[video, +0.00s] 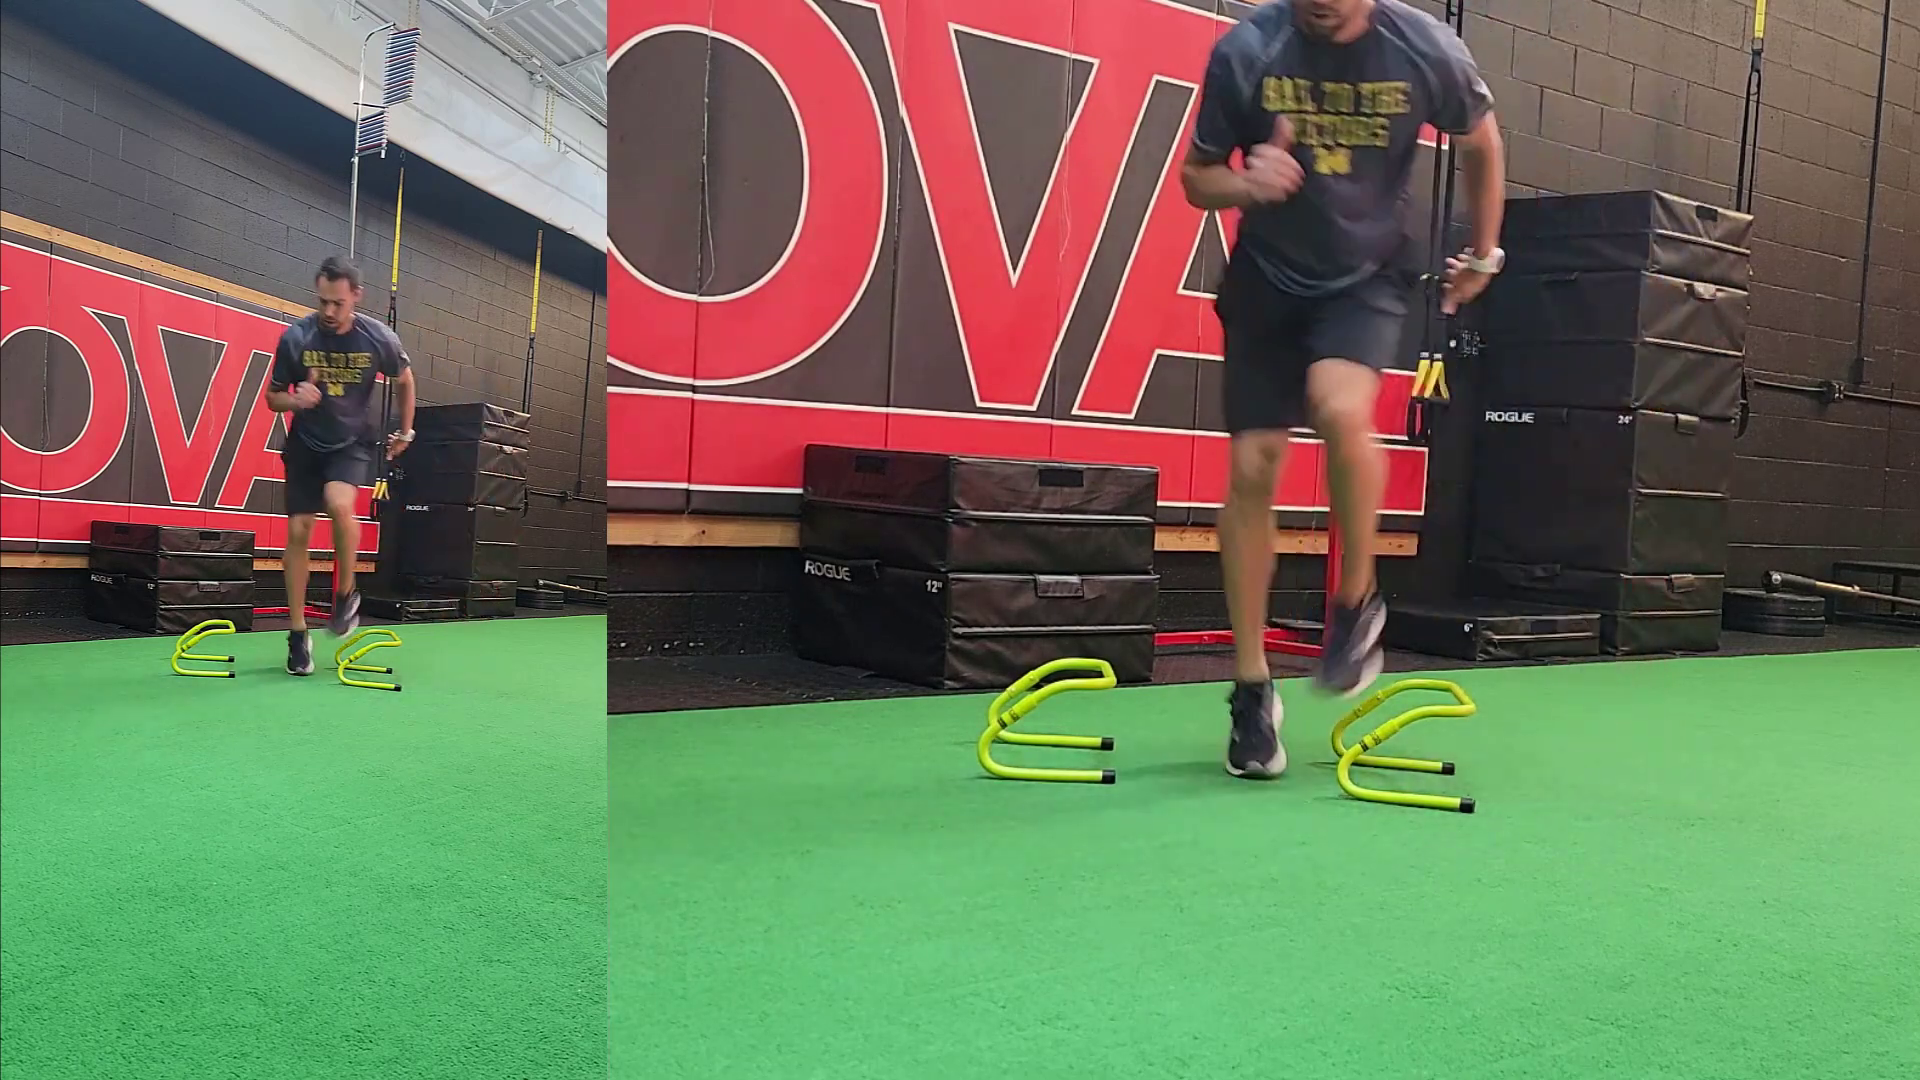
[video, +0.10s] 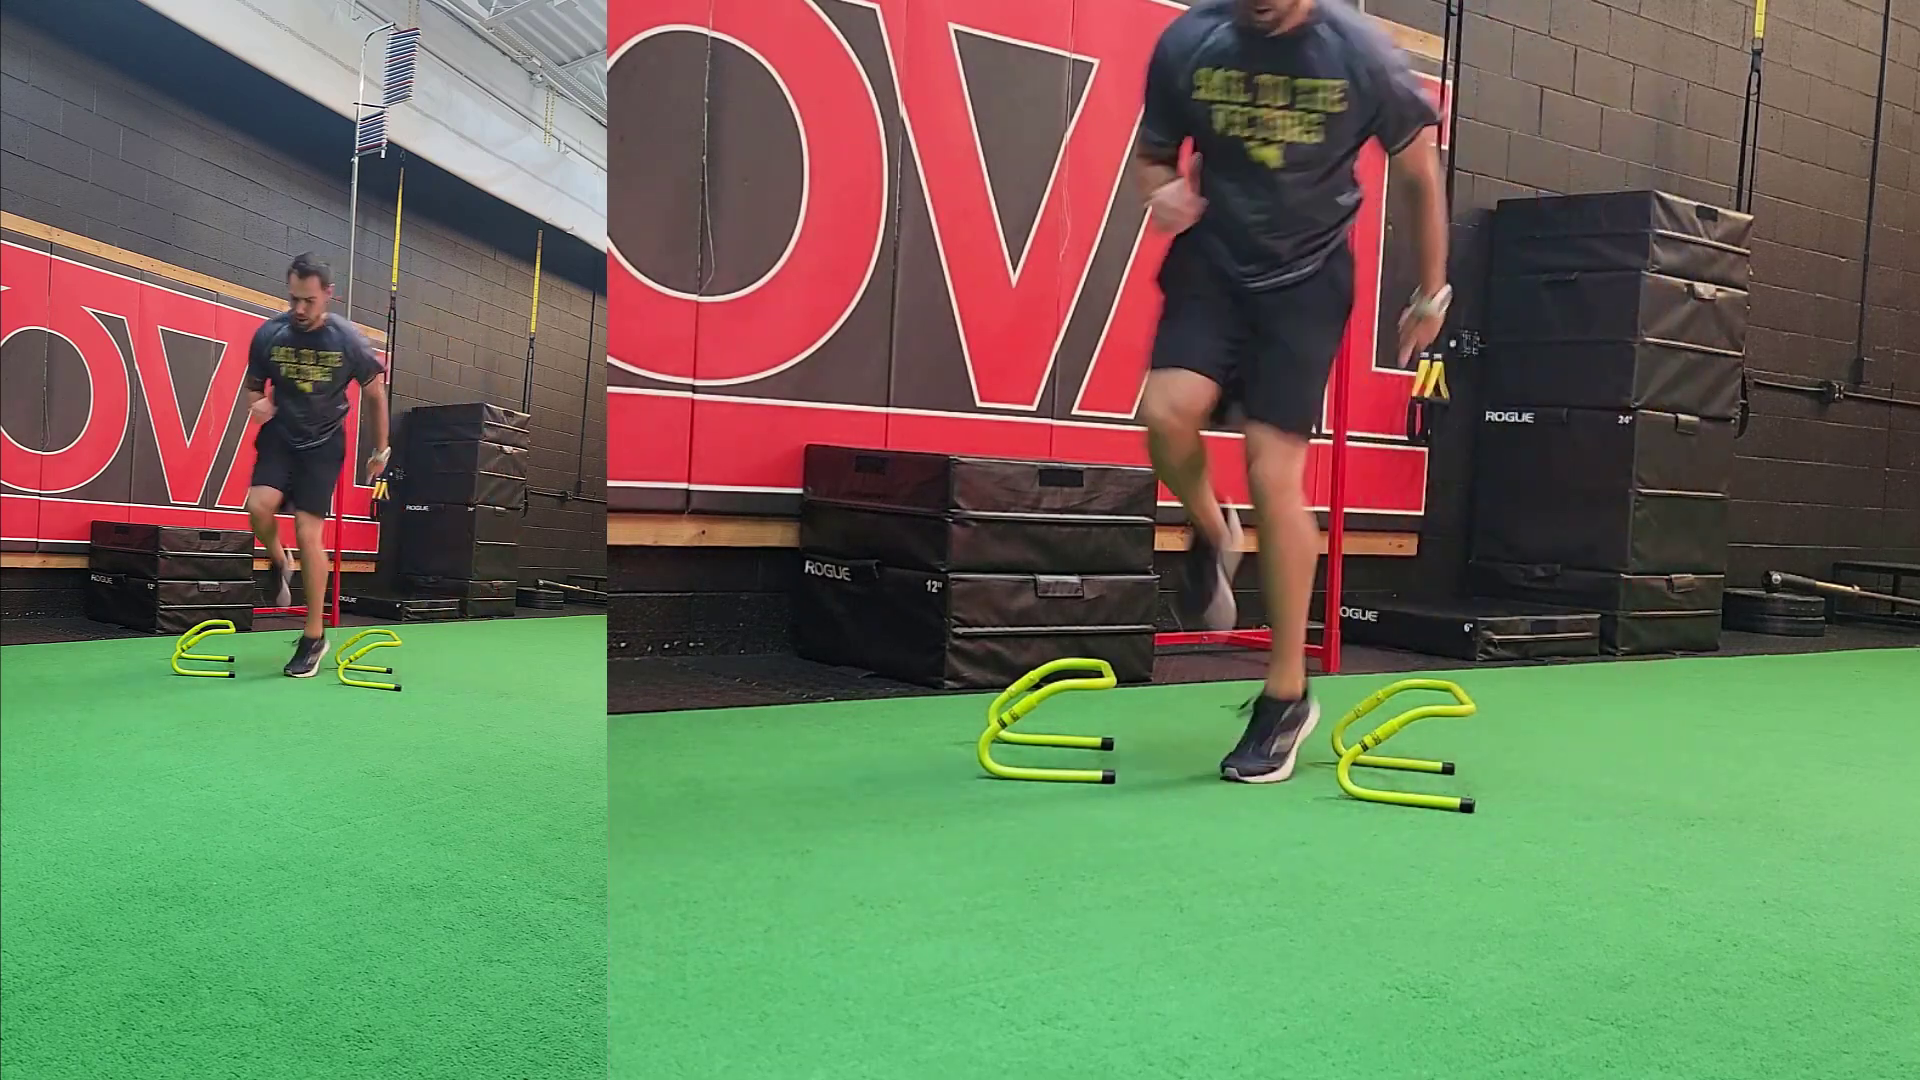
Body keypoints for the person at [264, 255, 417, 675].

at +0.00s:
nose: (330, 312)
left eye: (338, 303)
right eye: (324, 301)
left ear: (356, 297)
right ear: (315, 296)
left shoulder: (379, 340)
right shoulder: (295, 338)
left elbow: (404, 378)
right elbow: (273, 397)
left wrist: (406, 431)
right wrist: (296, 400)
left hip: (353, 445)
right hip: (304, 444)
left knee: (338, 502)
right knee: (298, 529)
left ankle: (345, 594)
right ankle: (298, 633)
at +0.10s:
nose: (299, 309)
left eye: (309, 300)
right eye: (294, 299)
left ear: (328, 295)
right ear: (286, 294)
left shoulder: (348, 341)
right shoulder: (268, 335)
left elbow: (376, 392)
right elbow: (253, 388)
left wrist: (381, 449)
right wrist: (259, 407)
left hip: (323, 441)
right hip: (279, 436)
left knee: (307, 532)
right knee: (259, 508)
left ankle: (314, 636)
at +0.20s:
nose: (271, 316)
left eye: (280, 307)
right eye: (265, 306)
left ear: (299, 303)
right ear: (259, 300)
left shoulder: (321, 355)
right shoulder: (242, 343)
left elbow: (347, 420)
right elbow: (227, 394)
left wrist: (350, 482)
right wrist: (219, 420)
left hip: (296, 461)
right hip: (247, 448)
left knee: (295, 552)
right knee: (209, 491)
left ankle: (311, 646)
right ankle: (234, 528)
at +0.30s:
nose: (242, 314)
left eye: (251, 305)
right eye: (236, 303)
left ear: (269, 299)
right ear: (228, 297)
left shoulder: (291, 346)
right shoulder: (211, 335)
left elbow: (311, 416)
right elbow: (197, 385)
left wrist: (289, 469)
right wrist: (188, 438)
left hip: (268, 446)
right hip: (219, 439)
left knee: (271, 532)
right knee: (182, 511)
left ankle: (299, 624)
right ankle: (152, 597)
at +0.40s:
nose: (214, 327)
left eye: (222, 318)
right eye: (208, 317)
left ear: (241, 310)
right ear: (199, 308)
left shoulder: (263, 357)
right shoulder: (182, 347)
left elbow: (272, 430)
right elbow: (171, 399)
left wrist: (225, 453)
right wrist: (174, 440)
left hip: (247, 447)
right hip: (198, 443)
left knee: (238, 522)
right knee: (165, 533)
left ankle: (273, 571)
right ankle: (123, 630)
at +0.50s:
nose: (177, 357)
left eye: (186, 349)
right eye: (171, 347)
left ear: (206, 340)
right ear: (164, 336)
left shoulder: (231, 385)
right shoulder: (152, 371)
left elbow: (222, 462)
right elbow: (150, 423)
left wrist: (172, 429)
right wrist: (163, 425)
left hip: (215, 475)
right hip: (168, 470)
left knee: (203, 531)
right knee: (145, 548)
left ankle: (208, 540)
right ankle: (122, 634)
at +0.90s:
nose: (139, 356)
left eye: (148, 347)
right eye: (132, 346)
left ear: (165, 335)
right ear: (122, 335)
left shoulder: (194, 377)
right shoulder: (114, 362)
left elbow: (177, 455)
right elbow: (113, 405)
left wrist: (129, 420)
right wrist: (108, 433)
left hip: (189, 461)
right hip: (139, 453)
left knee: (168, 534)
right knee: (128, 531)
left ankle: (160, 542)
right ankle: (114, 627)